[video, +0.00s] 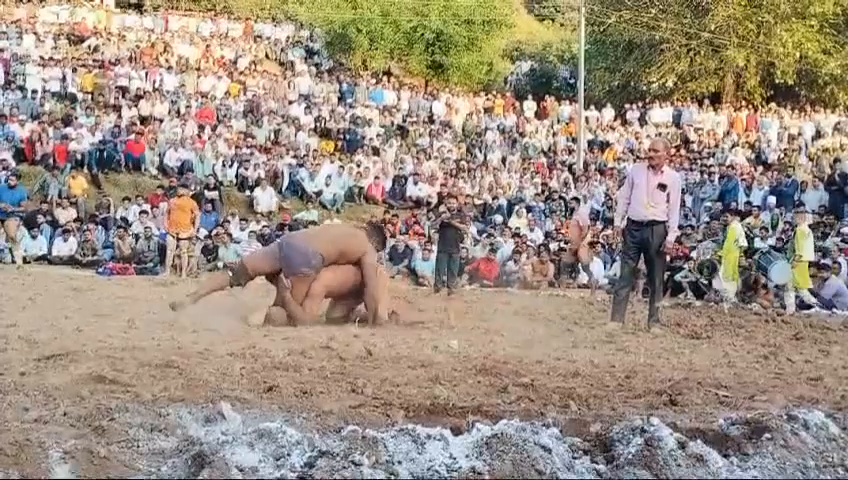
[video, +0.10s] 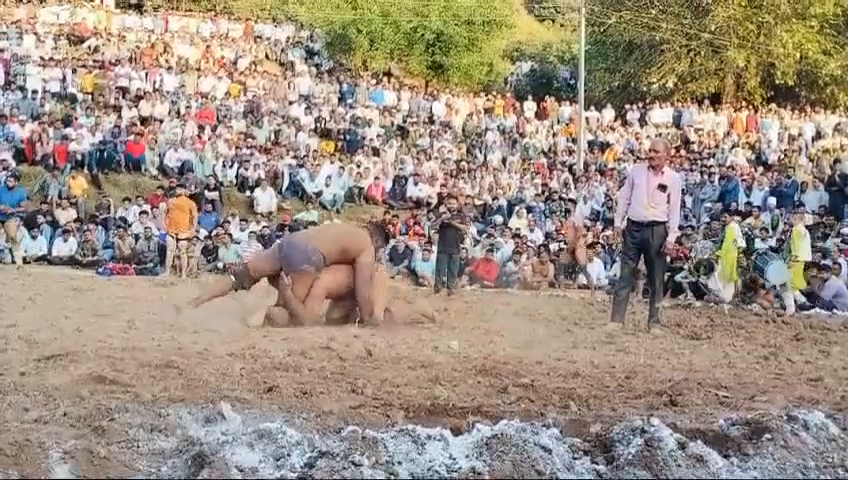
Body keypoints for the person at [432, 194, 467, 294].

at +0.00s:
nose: (452, 206)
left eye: (454, 203)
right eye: (449, 203)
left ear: (457, 204)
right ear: (446, 204)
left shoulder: (461, 215)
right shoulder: (442, 215)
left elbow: (466, 228)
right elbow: (433, 226)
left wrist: (452, 222)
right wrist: (441, 219)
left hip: (455, 245)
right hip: (442, 244)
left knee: (453, 269)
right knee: (440, 268)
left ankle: (452, 288)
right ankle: (438, 287)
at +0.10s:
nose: (452, 206)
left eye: (454, 204)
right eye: (450, 204)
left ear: (457, 205)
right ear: (446, 205)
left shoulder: (461, 215)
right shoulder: (442, 215)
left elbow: (466, 228)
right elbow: (433, 226)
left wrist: (452, 222)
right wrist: (441, 219)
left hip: (456, 246)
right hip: (443, 245)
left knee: (453, 269)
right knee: (440, 268)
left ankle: (451, 288)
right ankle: (438, 287)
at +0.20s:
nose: (452, 206)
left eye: (455, 203)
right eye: (450, 203)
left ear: (458, 205)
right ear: (447, 204)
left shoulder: (462, 215)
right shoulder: (442, 214)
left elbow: (466, 228)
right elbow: (434, 226)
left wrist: (453, 222)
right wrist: (442, 219)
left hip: (456, 245)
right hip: (443, 244)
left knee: (454, 269)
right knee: (441, 268)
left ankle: (452, 288)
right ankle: (438, 287)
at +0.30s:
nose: (453, 205)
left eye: (455, 202)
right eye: (451, 202)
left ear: (459, 204)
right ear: (447, 203)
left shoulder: (462, 215)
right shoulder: (443, 214)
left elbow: (467, 228)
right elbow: (434, 225)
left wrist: (453, 222)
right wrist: (442, 218)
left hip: (456, 245)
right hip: (443, 244)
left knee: (454, 269)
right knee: (441, 267)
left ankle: (452, 287)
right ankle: (438, 286)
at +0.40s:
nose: (453, 204)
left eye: (456, 201)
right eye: (451, 201)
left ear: (459, 203)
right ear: (448, 202)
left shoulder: (462, 213)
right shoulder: (443, 213)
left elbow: (467, 226)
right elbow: (434, 223)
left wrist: (453, 220)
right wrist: (442, 217)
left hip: (456, 243)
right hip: (443, 242)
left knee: (454, 267)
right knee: (441, 266)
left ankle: (452, 286)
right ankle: (438, 285)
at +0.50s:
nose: (454, 202)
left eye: (456, 200)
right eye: (451, 200)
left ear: (460, 201)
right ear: (448, 201)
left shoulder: (463, 212)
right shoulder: (443, 211)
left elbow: (468, 225)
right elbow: (435, 222)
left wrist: (455, 219)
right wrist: (443, 216)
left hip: (457, 241)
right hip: (444, 240)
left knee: (455, 266)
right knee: (442, 265)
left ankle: (452, 285)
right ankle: (439, 284)